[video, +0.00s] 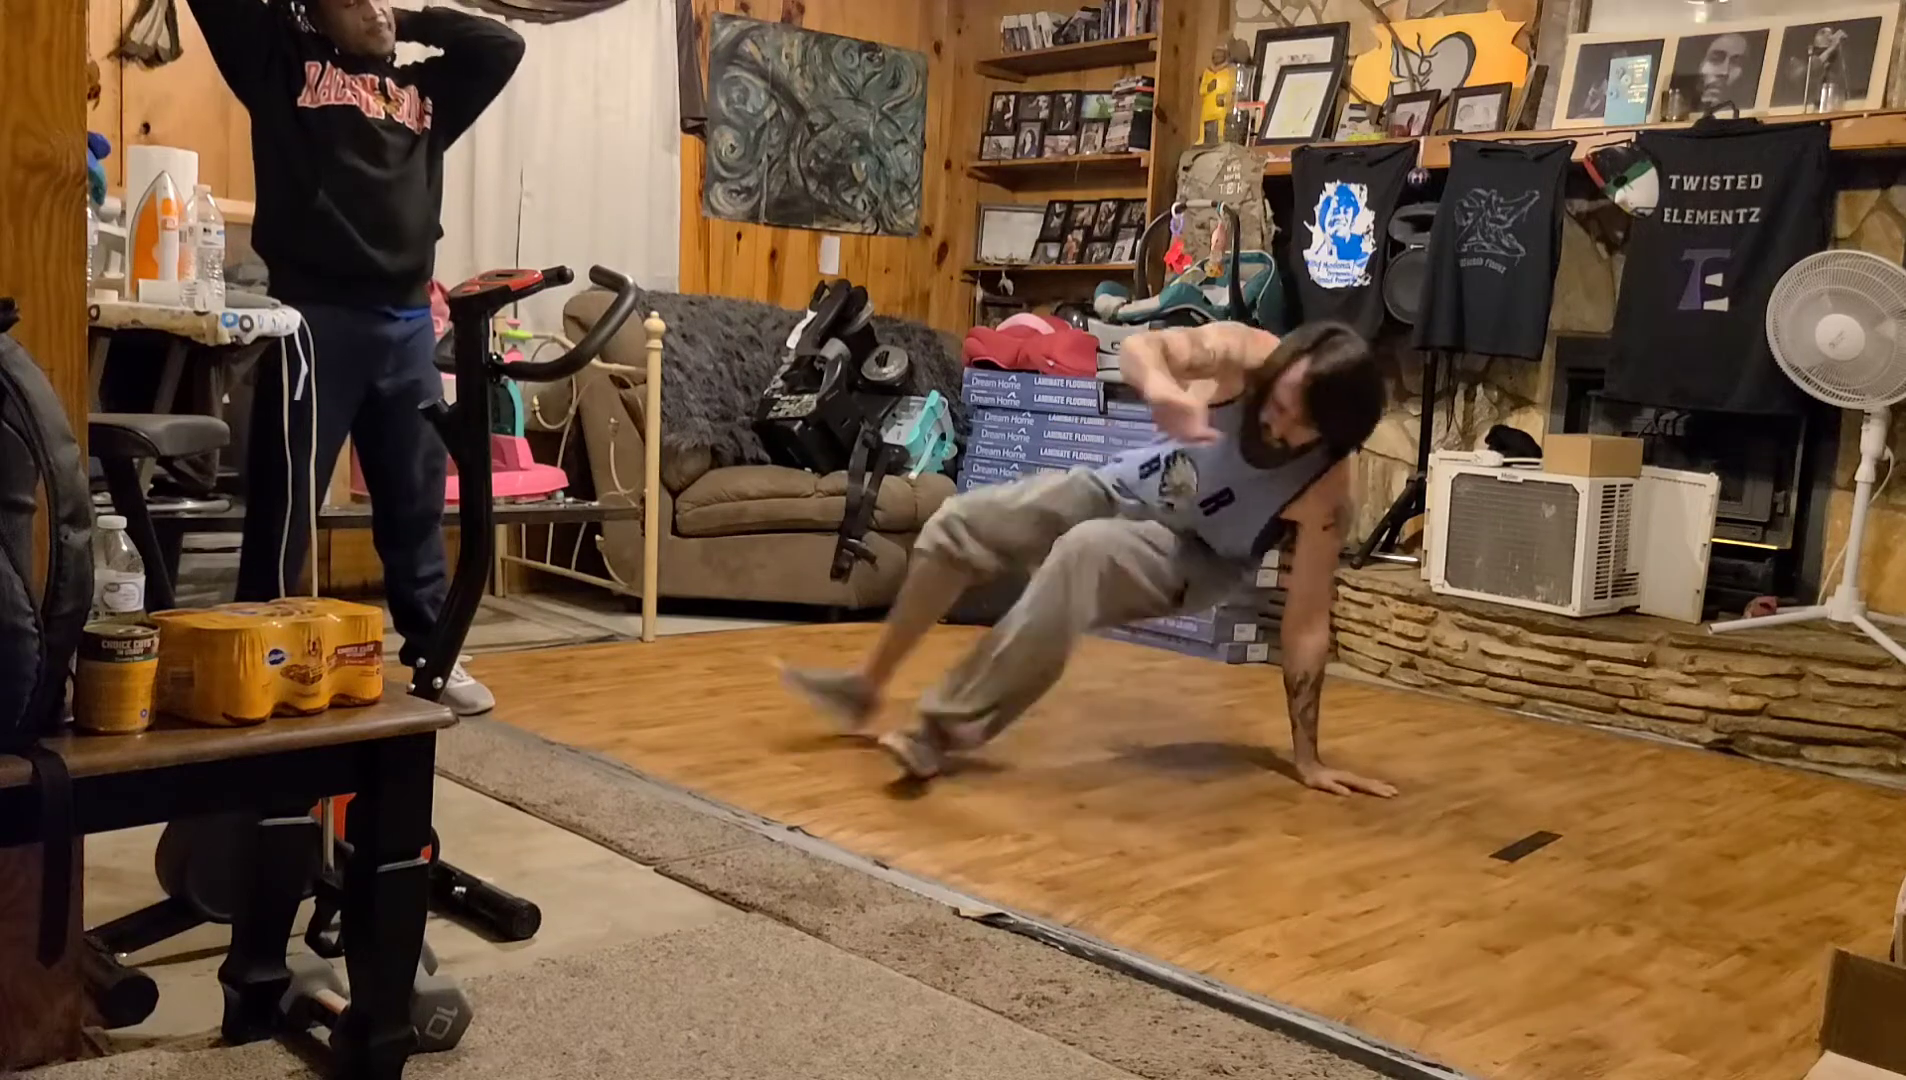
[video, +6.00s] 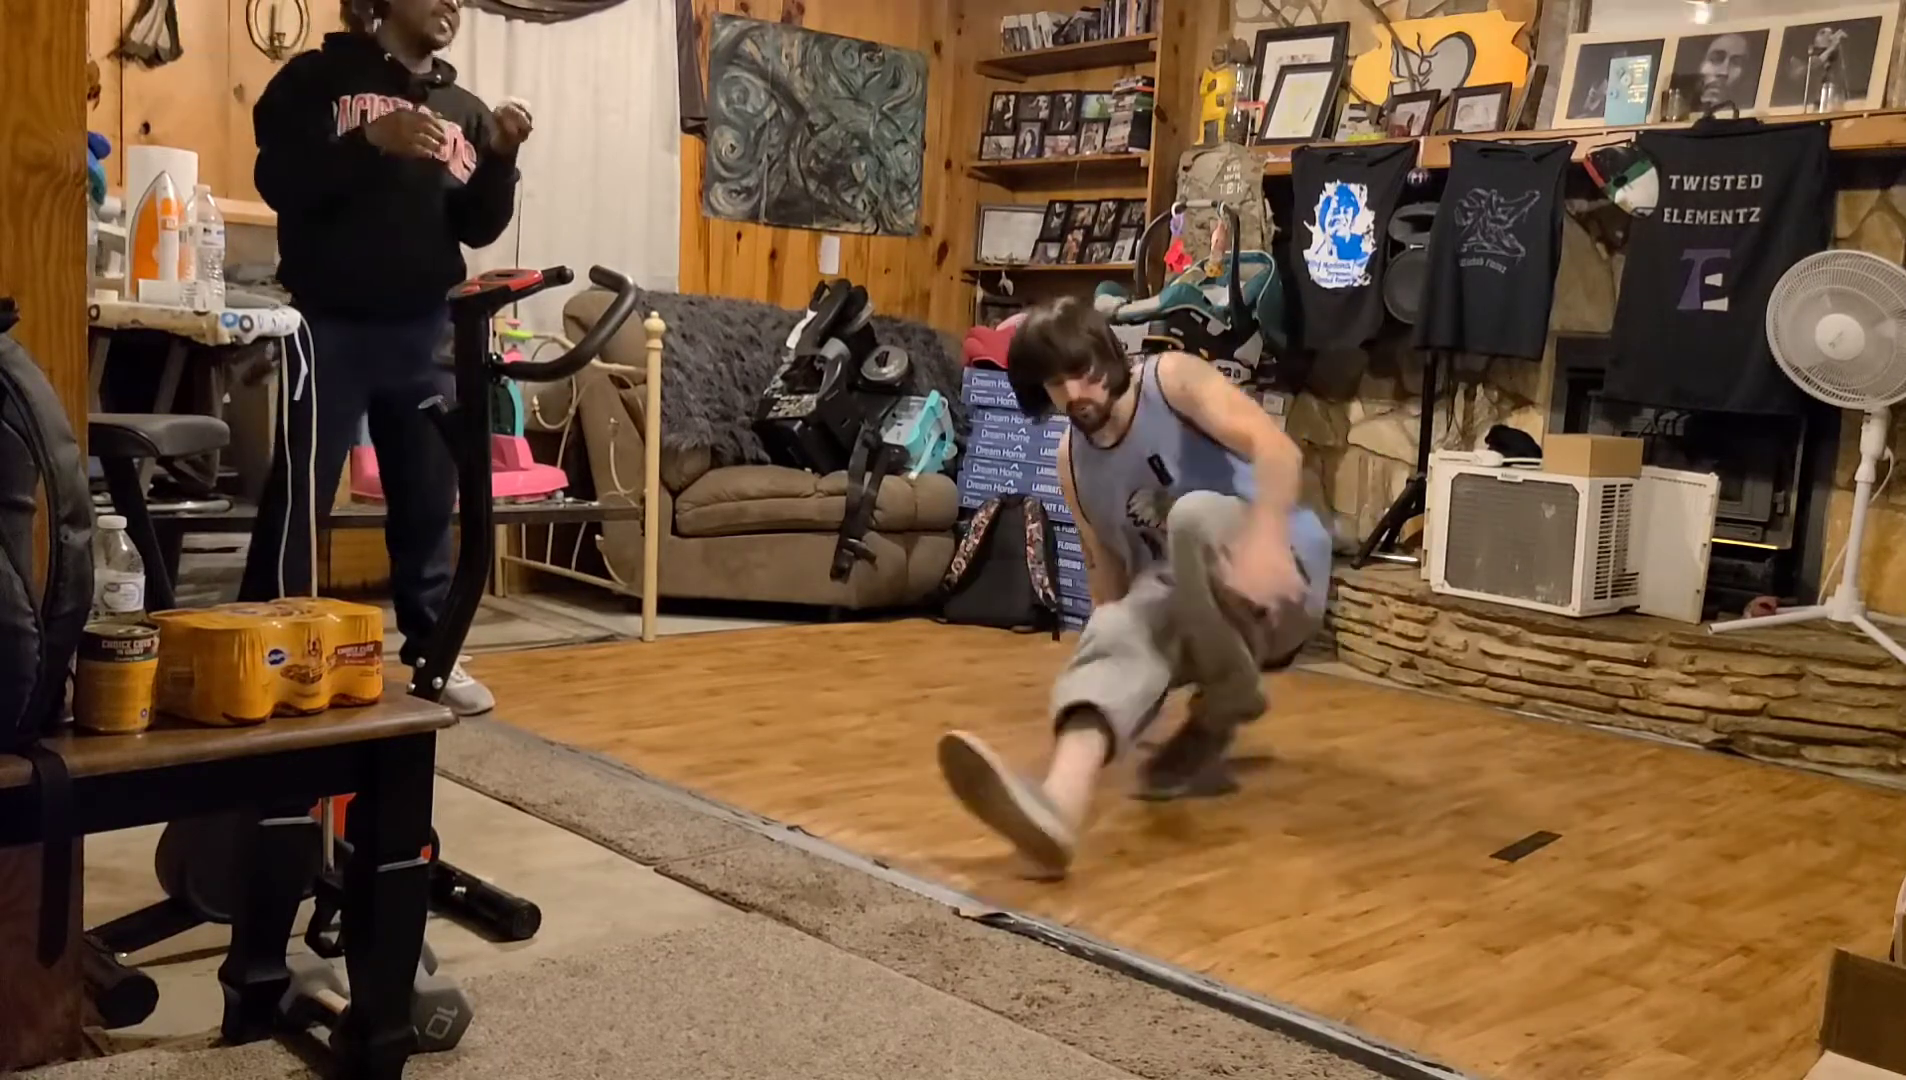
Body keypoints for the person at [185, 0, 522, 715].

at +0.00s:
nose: (381, 9)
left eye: (381, 1)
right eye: (356, 0)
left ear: (386, 16)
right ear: (315, 15)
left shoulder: (422, 93)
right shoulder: (280, 61)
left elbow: (502, 46)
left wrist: (415, 23)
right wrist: (281, 10)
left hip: (406, 325)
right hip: (313, 321)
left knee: (415, 503)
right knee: (285, 505)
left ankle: (432, 659)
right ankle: (256, 664)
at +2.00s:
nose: (374, 9)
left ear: (396, 9)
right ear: (316, 10)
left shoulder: (432, 86)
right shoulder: (277, 56)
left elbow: (502, 30)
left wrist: (416, 12)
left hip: (405, 325)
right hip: (307, 321)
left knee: (417, 505)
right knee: (282, 503)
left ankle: (432, 658)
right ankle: (253, 664)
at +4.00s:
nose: (374, 2)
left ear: (383, 7)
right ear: (306, 8)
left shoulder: (418, 87)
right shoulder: (273, 58)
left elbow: (481, 180)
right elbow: (195, 0)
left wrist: (429, 85)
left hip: (405, 323)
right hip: (308, 319)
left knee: (416, 502)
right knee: (283, 503)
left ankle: (432, 658)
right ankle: (259, 663)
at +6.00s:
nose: (452, 9)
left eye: (454, 1)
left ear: (443, 15)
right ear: (379, 3)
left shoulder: (462, 110)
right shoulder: (313, 78)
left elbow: (474, 227)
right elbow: (282, 182)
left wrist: (500, 159)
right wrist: (367, 139)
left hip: (423, 328)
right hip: (328, 325)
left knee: (428, 500)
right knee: (302, 496)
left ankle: (432, 657)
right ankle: (258, 656)